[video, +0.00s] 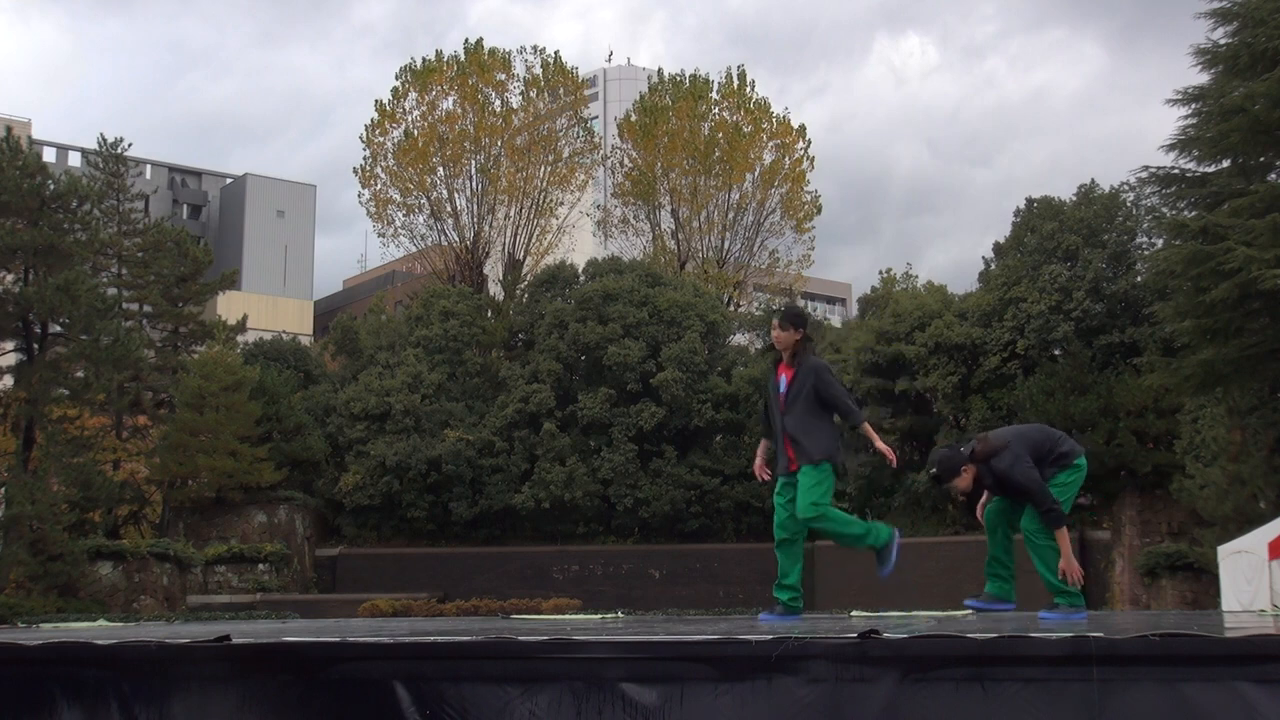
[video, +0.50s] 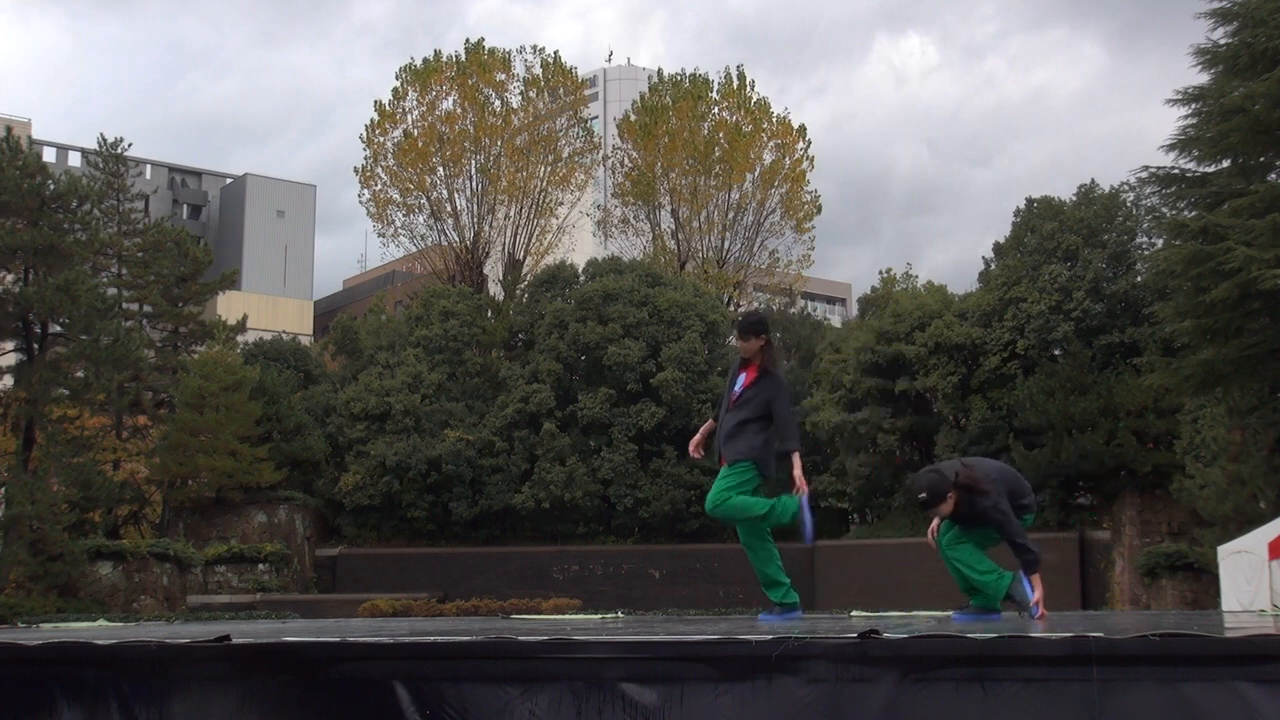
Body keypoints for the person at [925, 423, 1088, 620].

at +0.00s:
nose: (956, 491)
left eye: (954, 485)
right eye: (951, 488)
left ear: (966, 470)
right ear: (965, 468)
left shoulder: (1010, 464)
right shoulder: (976, 458)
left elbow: (1051, 508)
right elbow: (995, 473)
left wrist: (1067, 556)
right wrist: (987, 496)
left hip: (1066, 465)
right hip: (1033, 469)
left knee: (1034, 525)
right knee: (995, 514)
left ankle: (1070, 602)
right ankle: (999, 594)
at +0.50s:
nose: (937, 515)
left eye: (938, 509)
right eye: (933, 511)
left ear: (950, 496)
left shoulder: (989, 500)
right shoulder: (940, 475)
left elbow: (1020, 542)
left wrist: (1038, 588)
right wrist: (939, 517)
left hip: (1018, 512)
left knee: (954, 543)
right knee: (944, 537)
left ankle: (1010, 584)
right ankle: (984, 603)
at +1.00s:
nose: (917, 447)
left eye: (918, 440)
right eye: (913, 443)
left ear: (930, 427)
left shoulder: (971, 417)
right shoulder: (926, 445)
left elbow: (1021, 445)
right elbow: (922, 487)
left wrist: (1027, 482)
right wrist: (924, 535)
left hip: (1000, 457)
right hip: (965, 474)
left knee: (985, 471)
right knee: (968, 529)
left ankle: (958, 541)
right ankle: (985, 601)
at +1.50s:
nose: (890, 412)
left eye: (890, 404)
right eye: (887, 408)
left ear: (908, 393)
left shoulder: (953, 398)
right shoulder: (917, 432)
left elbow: (985, 426)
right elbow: (937, 473)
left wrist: (947, 450)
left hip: (1006, 447)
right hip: (969, 466)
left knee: (969, 452)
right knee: (973, 526)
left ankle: (956, 523)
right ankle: (986, 601)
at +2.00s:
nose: (866, 331)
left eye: (872, 325)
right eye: (868, 325)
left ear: (891, 331)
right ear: (885, 331)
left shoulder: (914, 371)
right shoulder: (881, 371)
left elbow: (922, 429)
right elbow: (885, 414)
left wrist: (884, 456)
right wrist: (874, 425)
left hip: (939, 460)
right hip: (907, 461)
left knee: (939, 529)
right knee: (879, 522)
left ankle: (980, 600)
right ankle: (916, 588)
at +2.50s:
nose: (763, 328)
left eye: (767, 322)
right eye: (764, 322)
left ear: (785, 326)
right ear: (784, 327)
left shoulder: (817, 361)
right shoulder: (777, 372)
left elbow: (859, 393)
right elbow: (785, 421)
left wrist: (831, 394)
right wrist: (772, 422)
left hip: (827, 457)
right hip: (806, 460)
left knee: (782, 523)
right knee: (815, 541)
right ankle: (861, 598)